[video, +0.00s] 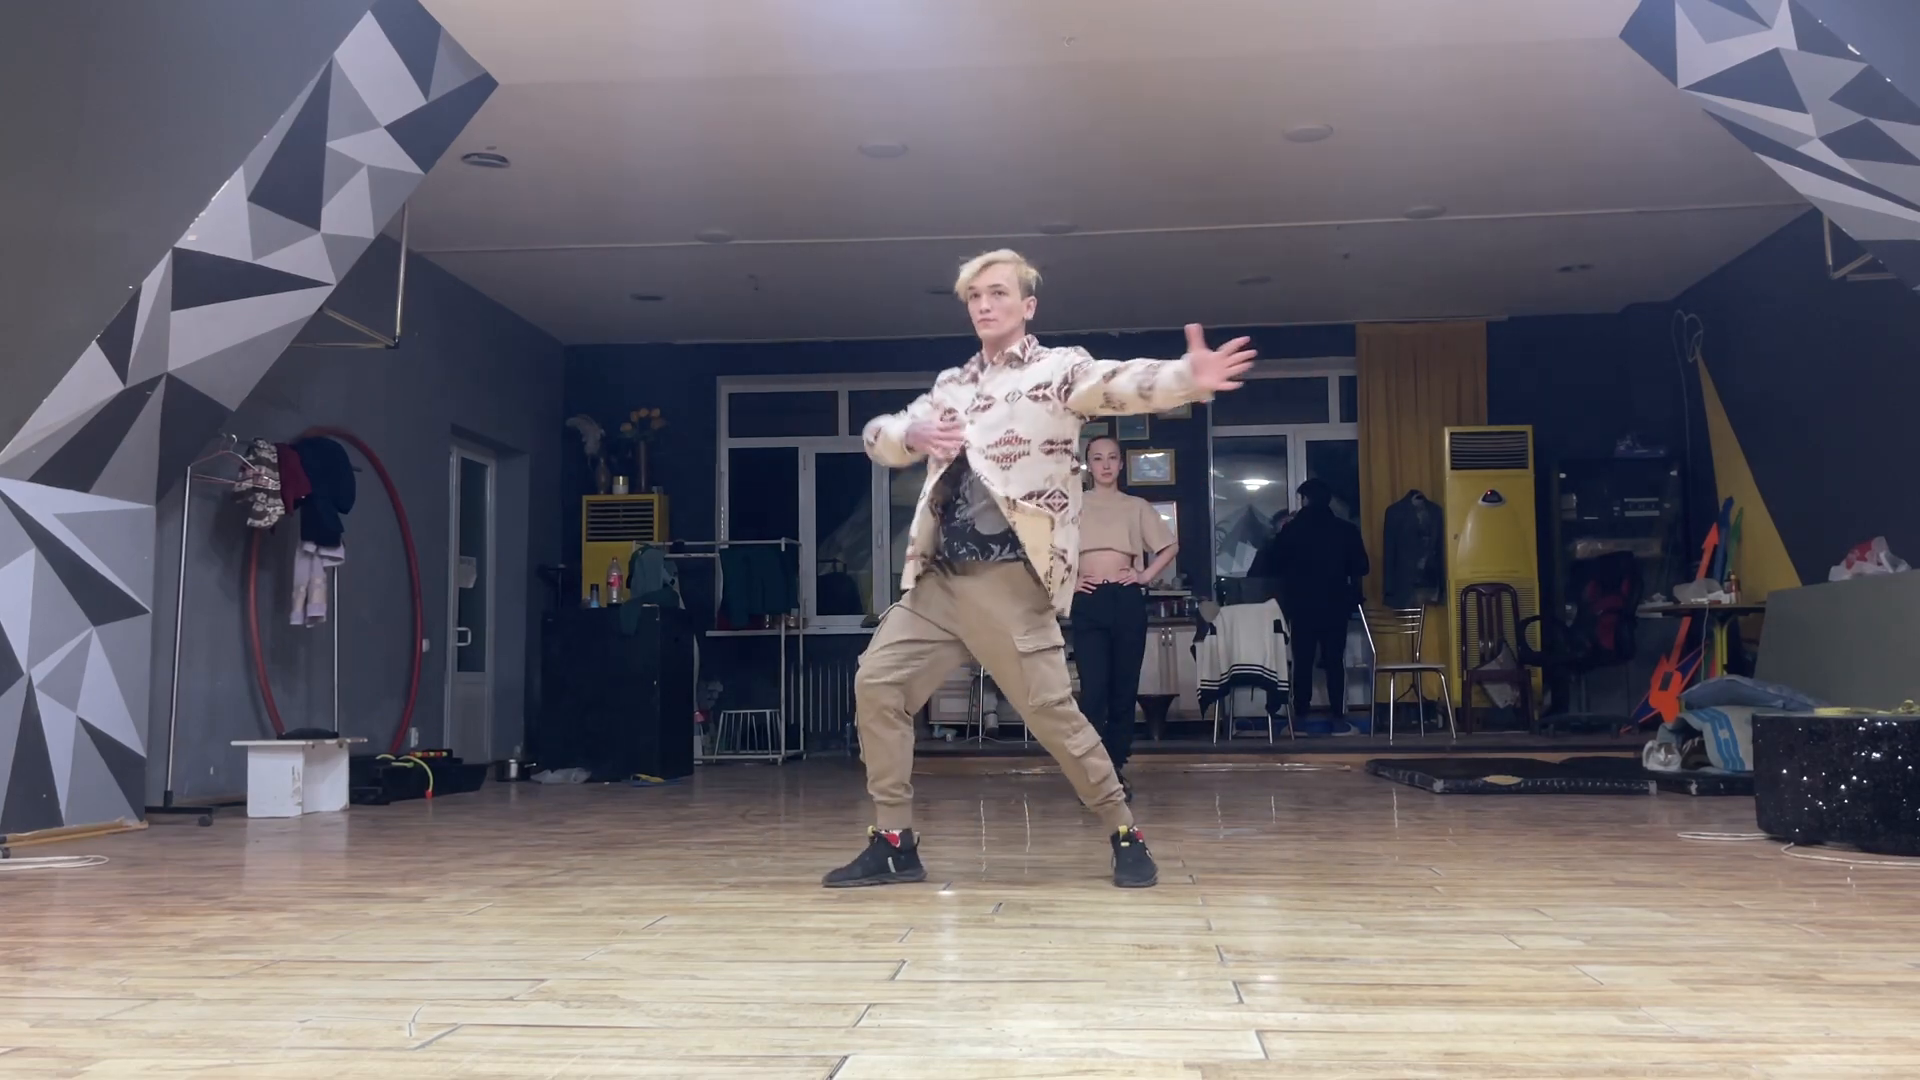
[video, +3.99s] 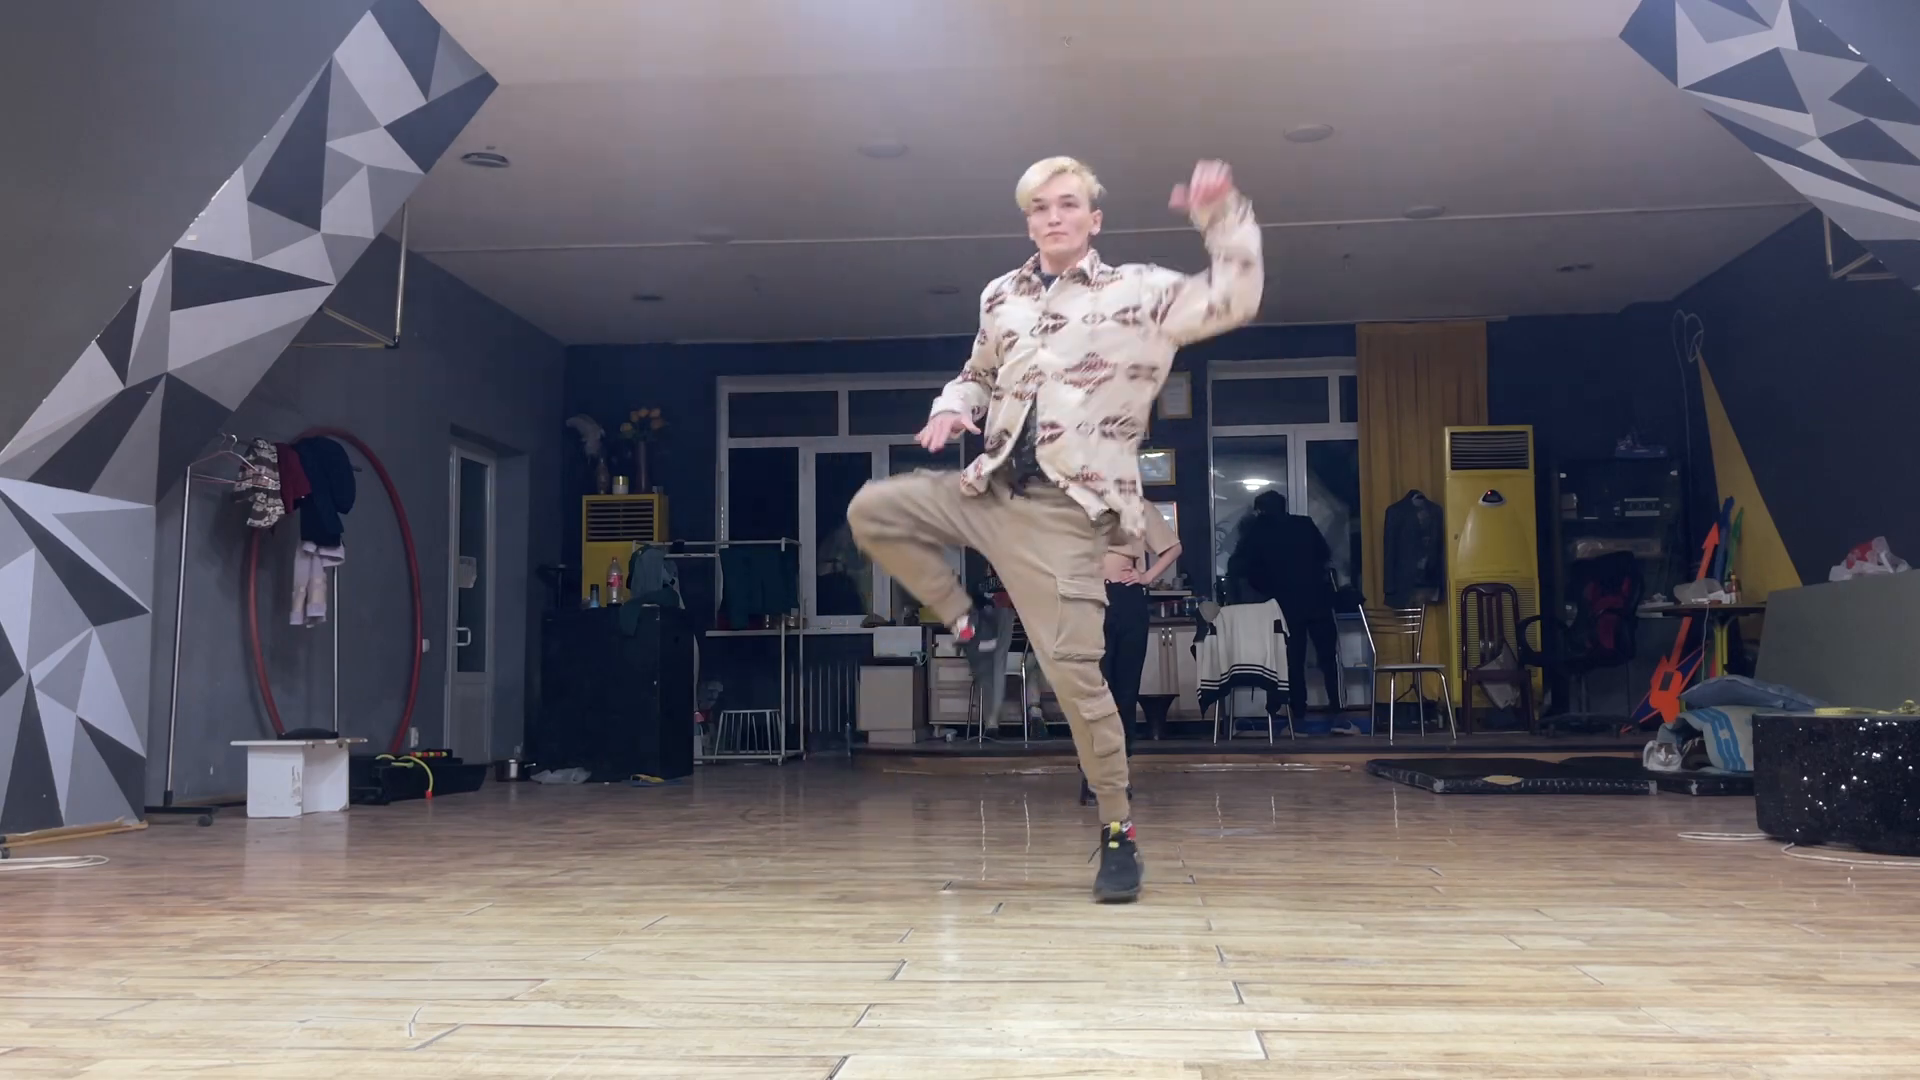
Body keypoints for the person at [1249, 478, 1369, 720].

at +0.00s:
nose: (1302, 502)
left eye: (1302, 498)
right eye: (1303, 499)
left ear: (1305, 500)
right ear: (1328, 500)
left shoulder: (1291, 530)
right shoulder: (1346, 529)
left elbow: (1270, 567)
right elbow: (1360, 567)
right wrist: (1337, 564)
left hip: (1301, 604)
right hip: (1335, 604)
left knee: (1302, 661)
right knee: (1335, 661)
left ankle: (1300, 717)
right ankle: (1338, 718)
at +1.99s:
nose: (1297, 503)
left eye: (1298, 499)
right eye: (1297, 499)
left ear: (1301, 500)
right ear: (1325, 500)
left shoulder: (1285, 530)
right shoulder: (1344, 530)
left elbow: (1270, 567)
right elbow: (1357, 567)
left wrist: (1283, 594)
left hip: (1298, 605)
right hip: (1332, 605)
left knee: (1300, 661)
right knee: (1333, 661)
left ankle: (1299, 719)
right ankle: (1337, 719)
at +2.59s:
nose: (1285, 509)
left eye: (1285, 505)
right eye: (1286, 505)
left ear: (1286, 505)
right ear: (1310, 503)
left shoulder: (1276, 530)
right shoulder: (1330, 526)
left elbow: (1264, 568)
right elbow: (1347, 561)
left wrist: (1277, 592)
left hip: (1294, 605)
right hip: (1328, 603)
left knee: (1299, 663)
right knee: (1331, 662)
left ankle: (1299, 718)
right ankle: (1336, 719)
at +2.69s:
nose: (1282, 510)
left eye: (1282, 506)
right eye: (1282, 506)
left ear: (1284, 506)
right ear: (1307, 503)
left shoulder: (1275, 530)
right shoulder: (1326, 525)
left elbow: (1262, 569)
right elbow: (1342, 560)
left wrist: (1277, 591)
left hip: (1293, 605)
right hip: (1327, 603)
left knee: (1299, 663)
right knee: (1330, 662)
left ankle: (1299, 720)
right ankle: (1336, 719)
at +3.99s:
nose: (1258, 514)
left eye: (1258, 510)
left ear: (1259, 510)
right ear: (1283, 506)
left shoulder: (1255, 532)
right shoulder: (1304, 523)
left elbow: (1240, 568)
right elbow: (1324, 554)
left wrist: (1268, 589)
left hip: (1283, 602)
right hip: (1316, 598)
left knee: (1293, 660)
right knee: (1328, 657)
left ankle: (1297, 717)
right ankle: (1337, 714)